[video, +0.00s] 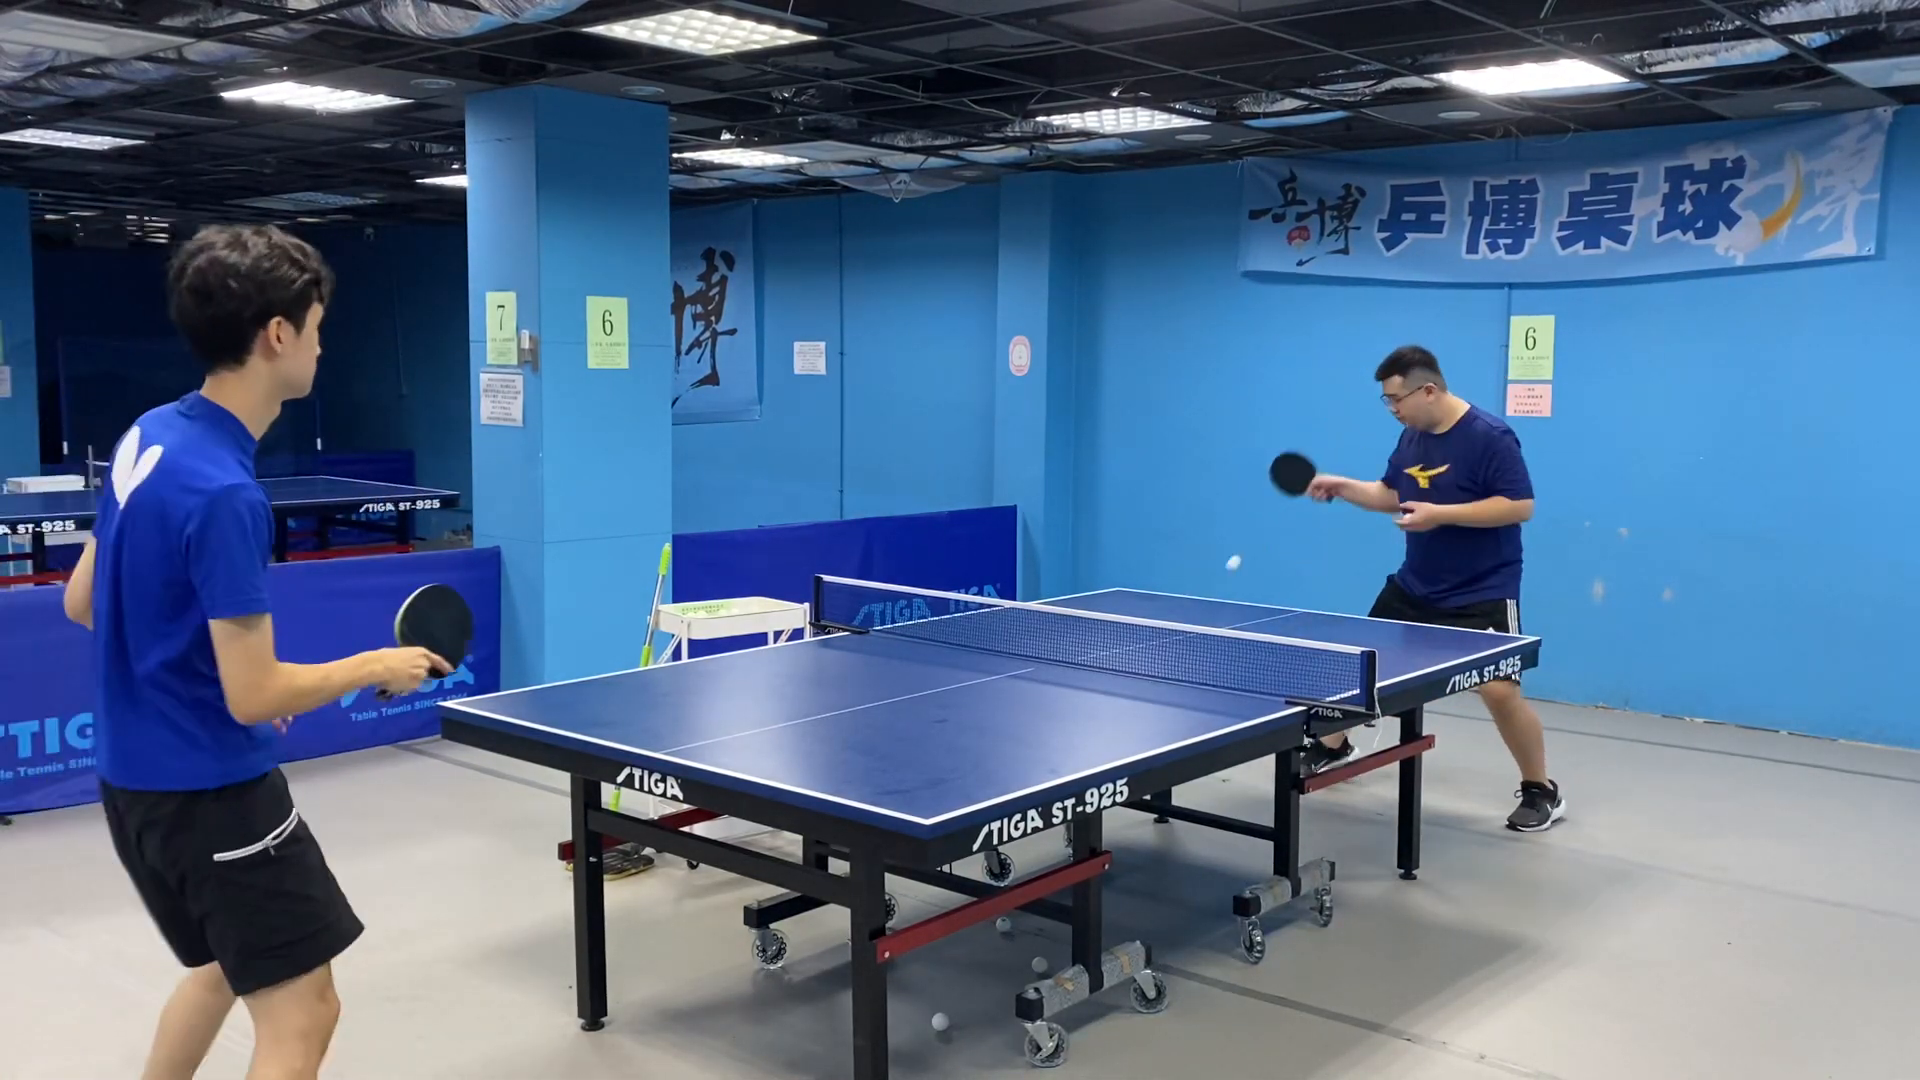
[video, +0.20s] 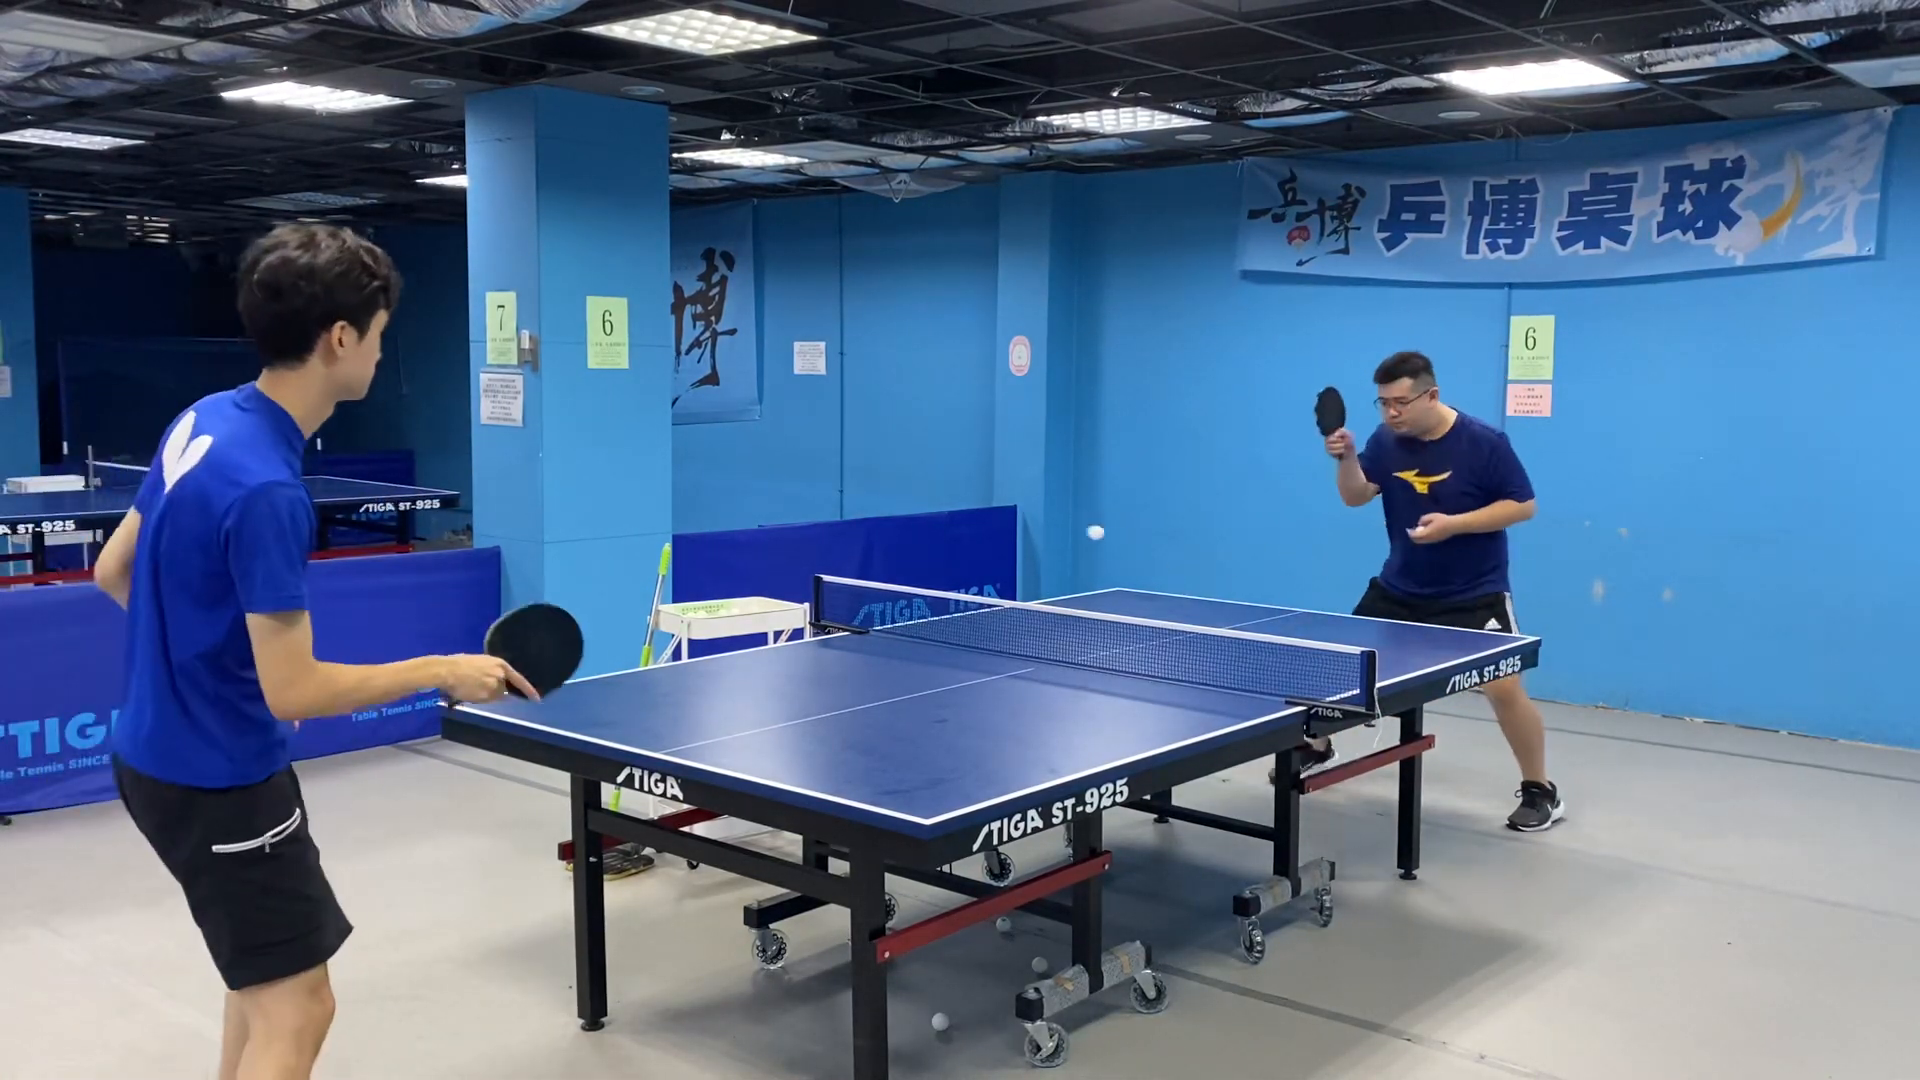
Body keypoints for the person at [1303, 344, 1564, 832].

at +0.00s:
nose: (1392, 411)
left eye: (1396, 400)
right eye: (1388, 402)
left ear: (1430, 390)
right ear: (1420, 394)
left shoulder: (1491, 436)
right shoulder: (1411, 440)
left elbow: (1521, 506)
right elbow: (1392, 496)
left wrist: (1441, 514)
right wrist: (1343, 487)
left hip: (1483, 595)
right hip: (1414, 587)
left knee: (1497, 689)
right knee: (1353, 663)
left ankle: (1539, 789)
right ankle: (1331, 745)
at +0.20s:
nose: (1389, 415)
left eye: (1398, 404)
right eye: (1384, 405)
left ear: (1432, 395)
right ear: (1381, 401)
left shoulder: (1484, 444)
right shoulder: (1386, 443)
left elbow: (1523, 505)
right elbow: (1355, 495)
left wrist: (1453, 523)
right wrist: (1346, 458)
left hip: (1474, 598)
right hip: (1397, 592)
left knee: (1503, 688)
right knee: (1331, 661)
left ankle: (1537, 789)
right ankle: (1314, 743)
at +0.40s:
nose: (1363, 425)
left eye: (1373, 415)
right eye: (1356, 415)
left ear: (1402, 410)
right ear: (1350, 413)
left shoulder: (1449, 451)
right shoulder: (1346, 458)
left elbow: (1490, 497)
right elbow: (1335, 520)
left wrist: (1444, 532)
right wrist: (1320, 516)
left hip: (1453, 595)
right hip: (1370, 594)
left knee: (1500, 673)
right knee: (1313, 660)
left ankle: (1533, 781)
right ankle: (1315, 751)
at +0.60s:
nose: (1347, 431)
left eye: (1358, 420)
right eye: (1340, 422)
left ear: (1385, 418)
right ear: (1333, 423)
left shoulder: (1435, 455)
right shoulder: (1333, 471)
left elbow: (1478, 498)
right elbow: (1324, 526)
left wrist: (1440, 536)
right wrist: (1302, 540)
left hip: (1448, 597)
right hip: (1367, 597)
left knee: (1494, 673)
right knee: (1311, 660)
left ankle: (1525, 780)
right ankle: (1315, 751)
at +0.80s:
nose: (1341, 407)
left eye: (1351, 397)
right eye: (1334, 399)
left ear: (1379, 396)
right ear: (1328, 402)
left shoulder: (1431, 437)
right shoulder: (1336, 453)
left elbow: (1481, 482)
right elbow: (1330, 509)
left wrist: (1427, 514)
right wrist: (1290, 533)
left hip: (1450, 590)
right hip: (1372, 588)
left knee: (1489, 675)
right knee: (1322, 661)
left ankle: (1525, 779)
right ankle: (1316, 751)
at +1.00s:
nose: (1329, 408)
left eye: (1337, 396)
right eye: (1323, 400)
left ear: (1369, 389)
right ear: (1324, 401)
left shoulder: (1420, 428)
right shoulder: (1352, 449)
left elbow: (1453, 484)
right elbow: (1357, 512)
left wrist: (1376, 480)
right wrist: (1307, 538)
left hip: (1448, 586)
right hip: (1377, 584)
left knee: (1487, 679)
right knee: (1324, 660)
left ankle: (1525, 780)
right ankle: (1318, 750)